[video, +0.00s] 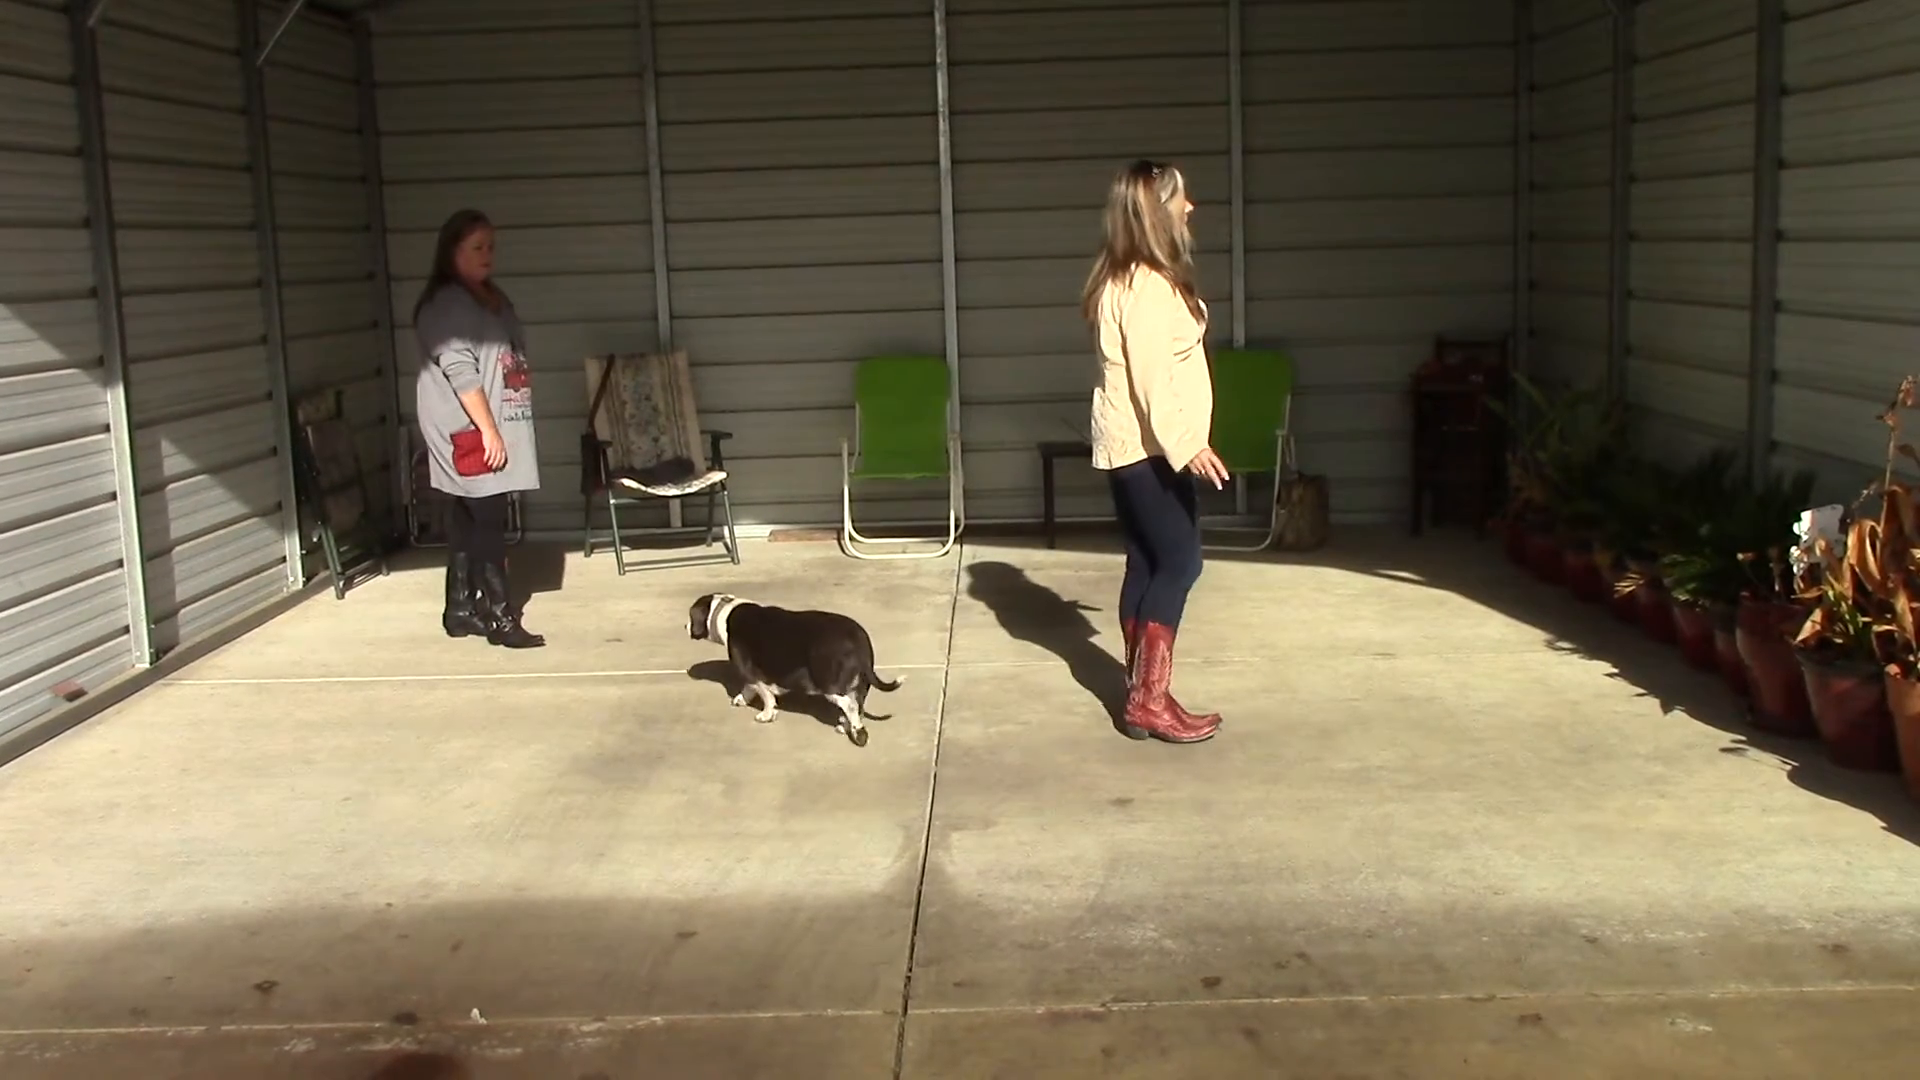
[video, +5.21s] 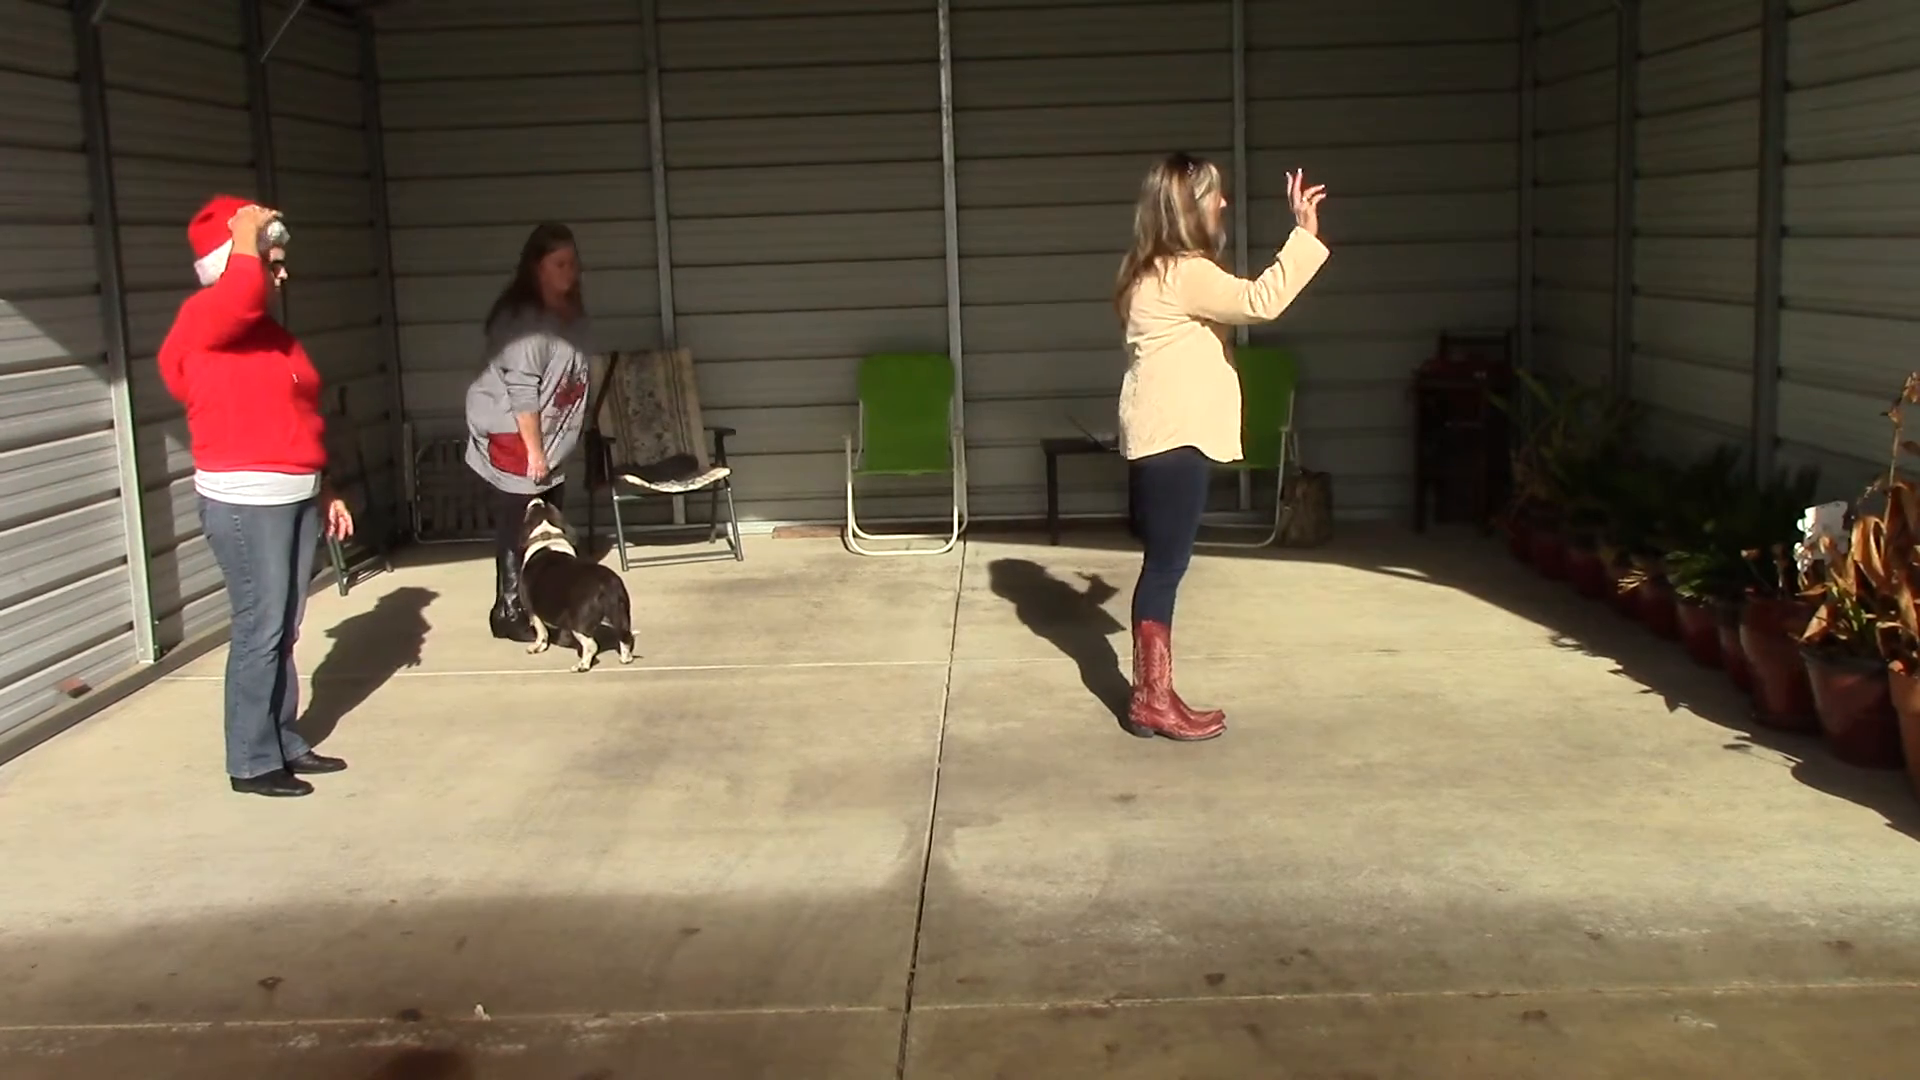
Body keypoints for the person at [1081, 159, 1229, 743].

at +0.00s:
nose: (1190, 211)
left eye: (1187, 202)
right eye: (1182, 204)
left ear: (1137, 213)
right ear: (1157, 212)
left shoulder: (1129, 277)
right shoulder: (1145, 282)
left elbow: (1139, 375)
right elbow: (1151, 378)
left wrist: (1182, 433)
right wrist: (1183, 443)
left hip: (1131, 446)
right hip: (1143, 447)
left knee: (1145, 560)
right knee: (1180, 557)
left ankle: (1142, 692)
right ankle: (1149, 697)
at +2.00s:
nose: (1220, 205)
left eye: (1217, 195)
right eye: (1211, 196)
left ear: (1169, 204)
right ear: (1186, 205)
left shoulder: (1151, 272)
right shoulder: (1169, 277)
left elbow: (1178, 364)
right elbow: (1176, 366)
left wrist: (1233, 391)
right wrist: (1233, 400)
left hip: (1150, 438)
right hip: (1169, 440)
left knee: (1159, 559)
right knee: (1181, 561)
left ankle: (1148, 693)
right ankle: (1155, 699)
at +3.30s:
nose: (1188, 218)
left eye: (1193, 207)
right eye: (1177, 208)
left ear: (1195, 209)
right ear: (1148, 213)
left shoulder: (1178, 272)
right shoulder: (1136, 280)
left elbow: (1189, 370)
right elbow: (1140, 381)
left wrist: (1206, 446)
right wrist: (1175, 456)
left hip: (1179, 441)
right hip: (1153, 445)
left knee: (1171, 557)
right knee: (1166, 557)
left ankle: (1157, 692)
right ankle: (1151, 696)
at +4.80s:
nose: (1239, 207)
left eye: (1235, 197)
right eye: (1229, 198)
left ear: (1205, 208)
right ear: (1200, 210)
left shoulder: (1202, 284)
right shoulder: (1162, 289)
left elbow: (1199, 378)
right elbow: (1156, 384)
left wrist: (1225, 436)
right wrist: (1206, 447)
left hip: (1181, 450)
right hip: (1154, 449)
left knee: (1169, 562)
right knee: (1159, 563)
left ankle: (1158, 694)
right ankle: (1149, 699)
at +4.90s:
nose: (1234, 205)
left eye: (1231, 195)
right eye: (1225, 196)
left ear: (1189, 208)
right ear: (1197, 208)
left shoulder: (1189, 281)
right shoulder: (1169, 286)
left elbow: (1205, 366)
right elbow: (1189, 372)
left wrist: (1272, 383)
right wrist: (1273, 388)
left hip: (1175, 443)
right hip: (1162, 445)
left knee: (1165, 562)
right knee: (1161, 563)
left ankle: (1156, 693)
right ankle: (1152, 697)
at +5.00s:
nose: (1232, 209)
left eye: (1229, 198)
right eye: (1222, 199)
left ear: (1184, 208)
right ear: (1192, 207)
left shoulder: (1181, 276)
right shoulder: (1169, 283)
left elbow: (1225, 348)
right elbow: (1225, 354)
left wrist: (1301, 324)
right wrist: (1305, 327)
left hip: (1174, 442)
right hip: (1164, 443)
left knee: (1164, 564)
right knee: (1162, 564)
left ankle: (1156, 695)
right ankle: (1150, 699)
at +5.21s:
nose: (1225, 209)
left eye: (1224, 198)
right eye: (1218, 198)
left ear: (1168, 204)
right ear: (1190, 204)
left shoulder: (1150, 271)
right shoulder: (1184, 271)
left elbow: (1250, 300)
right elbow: (1261, 303)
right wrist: (1305, 235)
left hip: (1156, 433)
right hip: (1177, 435)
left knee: (1163, 563)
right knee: (1166, 564)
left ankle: (1153, 694)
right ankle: (1153, 698)